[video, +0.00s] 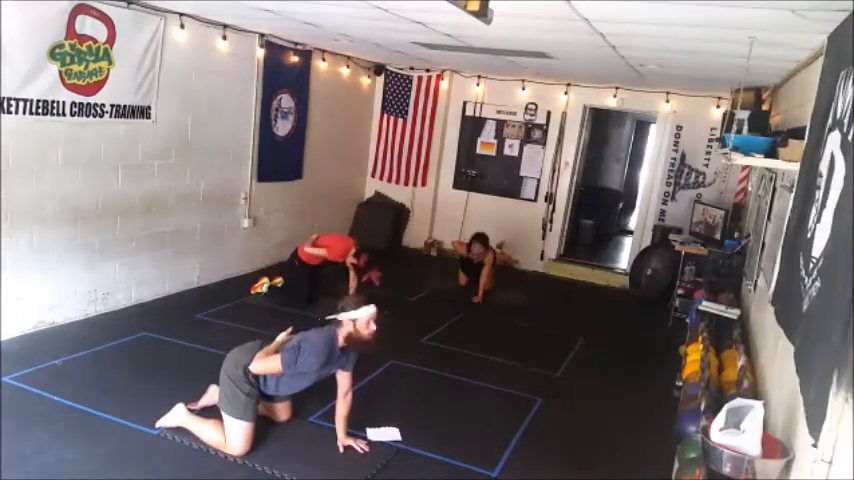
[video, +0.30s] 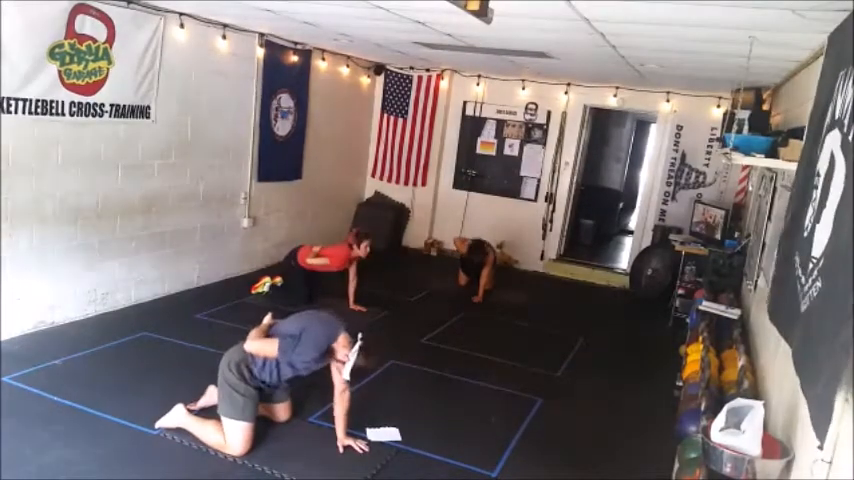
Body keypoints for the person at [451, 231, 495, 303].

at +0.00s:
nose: (475, 256)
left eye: (479, 253)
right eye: (473, 253)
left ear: (485, 250)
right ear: (469, 249)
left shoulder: (489, 254)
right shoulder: (464, 249)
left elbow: (484, 275)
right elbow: (454, 243)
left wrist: (479, 296)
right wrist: (464, 254)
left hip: (482, 265)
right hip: (467, 263)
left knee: (486, 287)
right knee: (462, 282)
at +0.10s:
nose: (477, 246)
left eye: (480, 243)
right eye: (475, 242)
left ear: (485, 245)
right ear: (471, 242)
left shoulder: (489, 255)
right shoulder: (463, 249)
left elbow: (483, 276)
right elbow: (453, 243)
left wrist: (479, 296)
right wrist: (466, 254)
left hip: (481, 267)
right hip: (467, 264)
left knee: (486, 287)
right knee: (461, 282)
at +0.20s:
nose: (477, 250)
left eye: (481, 247)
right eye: (475, 247)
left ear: (486, 249)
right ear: (471, 246)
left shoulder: (490, 255)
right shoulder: (464, 250)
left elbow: (484, 276)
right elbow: (454, 243)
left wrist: (480, 296)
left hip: (482, 268)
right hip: (467, 265)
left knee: (487, 287)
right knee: (462, 283)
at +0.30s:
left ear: (484, 255)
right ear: (469, 250)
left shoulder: (490, 255)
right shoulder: (463, 249)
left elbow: (483, 276)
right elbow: (456, 239)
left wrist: (480, 296)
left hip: (482, 267)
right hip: (467, 264)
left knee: (487, 286)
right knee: (462, 282)